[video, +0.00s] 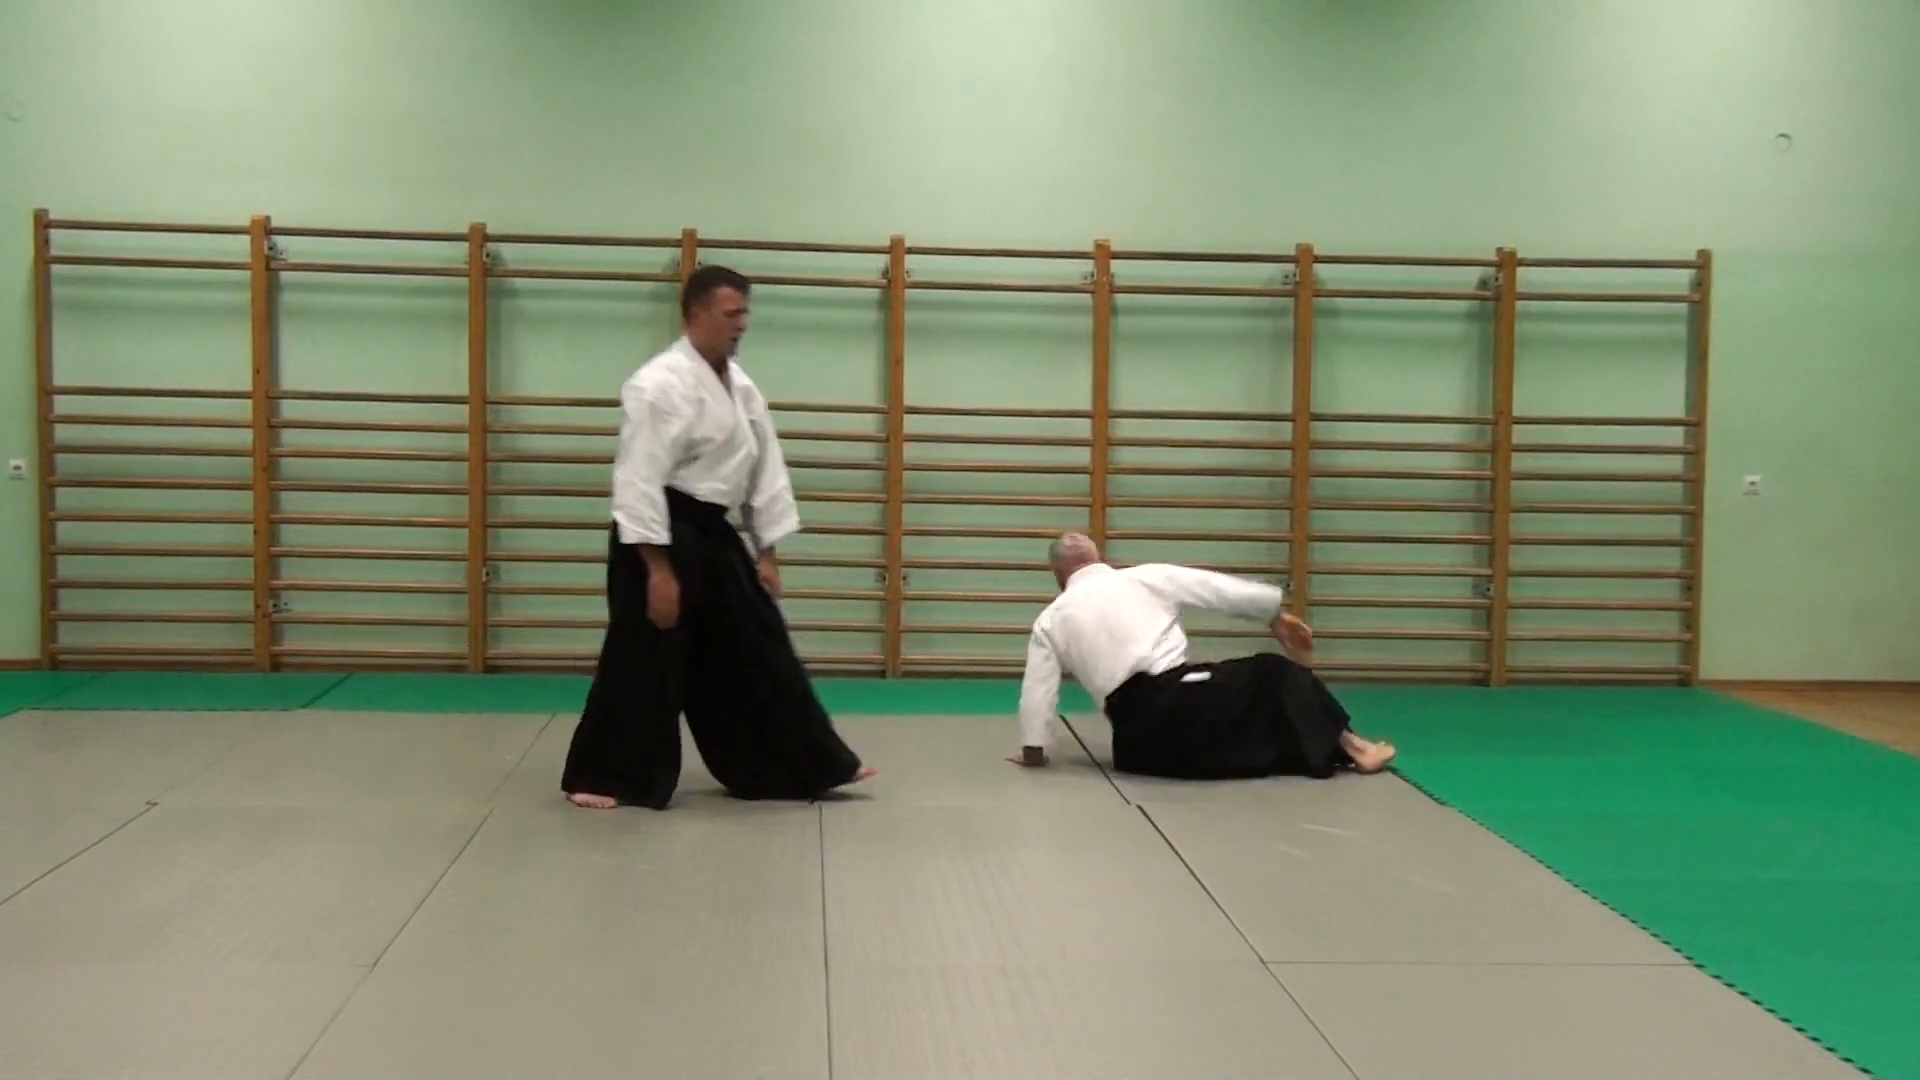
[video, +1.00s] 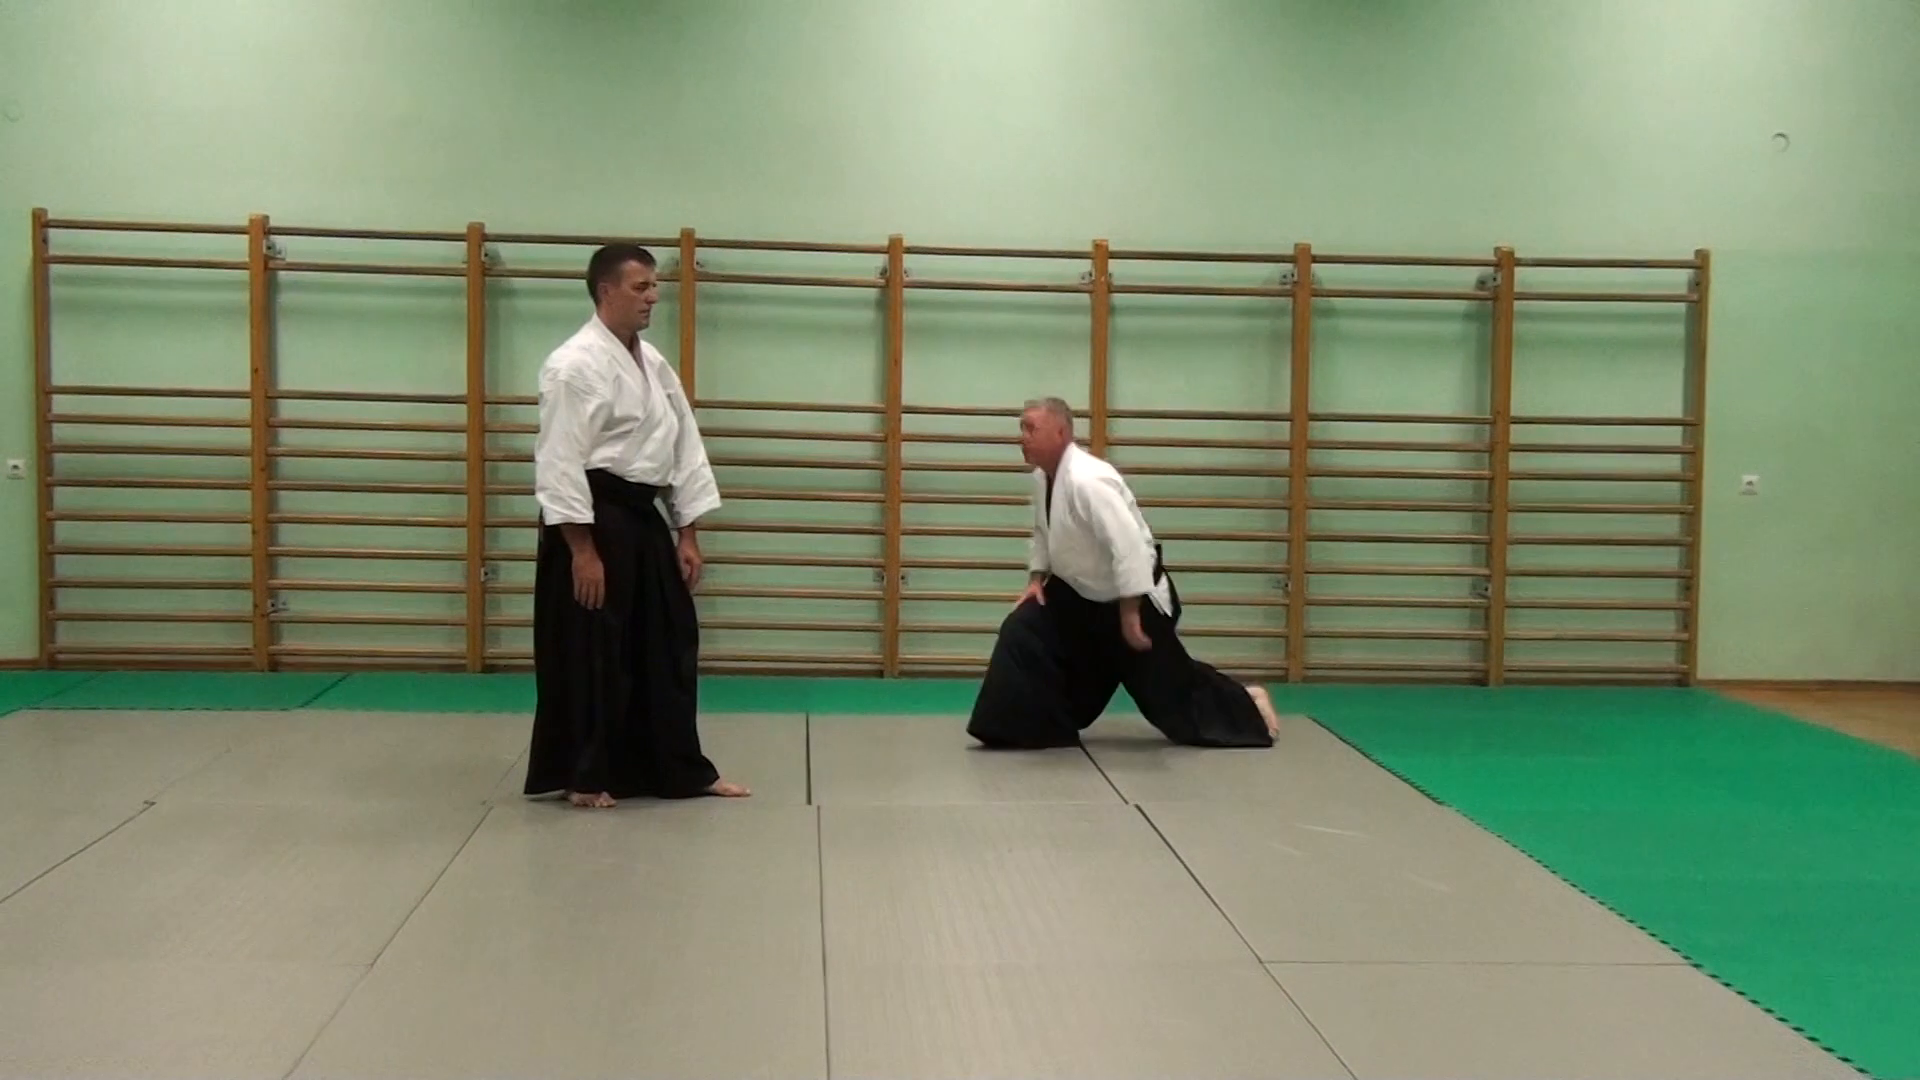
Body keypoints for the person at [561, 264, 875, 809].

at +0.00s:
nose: (743, 324)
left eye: (745, 315)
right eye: (732, 314)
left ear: (739, 318)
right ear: (696, 315)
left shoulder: (740, 387)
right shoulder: (657, 384)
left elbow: (764, 471)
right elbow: (636, 481)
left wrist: (765, 552)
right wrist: (658, 567)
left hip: (717, 533)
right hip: (659, 529)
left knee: (763, 646)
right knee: (639, 657)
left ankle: (817, 761)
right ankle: (595, 776)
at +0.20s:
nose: (694, 306)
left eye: (696, 296)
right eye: (683, 296)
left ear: (677, 301)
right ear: (648, 298)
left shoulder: (693, 368)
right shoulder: (614, 369)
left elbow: (712, 456)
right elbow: (597, 466)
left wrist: (712, 537)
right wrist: (616, 553)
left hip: (682, 518)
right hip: (624, 518)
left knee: (708, 638)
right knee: (613, 647)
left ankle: (721, 768)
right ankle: (592, 775)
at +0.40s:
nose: (670, 299)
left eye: (671, 289)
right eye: (659, 290)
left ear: (664, 293)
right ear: (624, 293)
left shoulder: (672, 364)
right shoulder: (594, 365)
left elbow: (693, 449)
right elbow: (578, 462)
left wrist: (695, 529)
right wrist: (598, 548)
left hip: (662, 514)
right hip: (607, 514)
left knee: (686, 636)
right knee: (602, 643)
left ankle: (683, 767)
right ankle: (591, 775)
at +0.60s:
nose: (658, 296)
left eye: (659, 286)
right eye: (646, 287)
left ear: (653, 293)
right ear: (610, 293)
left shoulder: (660, 363)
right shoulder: (580, 365)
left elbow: (684, 448)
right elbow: (567, 462)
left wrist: (686, 530)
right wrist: (589, 548)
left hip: (652, 515)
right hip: (596, 514)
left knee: (677, 636)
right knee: (594, 643)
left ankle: (678, 767)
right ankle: (586, 775)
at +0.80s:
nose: (655, 295)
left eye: (655, 285)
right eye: (643, 286)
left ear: (649, 292)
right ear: (606, 293)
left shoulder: (656, 362)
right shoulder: (574, 365)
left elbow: (683, 445)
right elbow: (562, 463)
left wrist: (685, 529)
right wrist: (586, 548)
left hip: (650, 515)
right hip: (593, 515)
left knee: (672, 638)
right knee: (592, 644)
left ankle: (678, 768)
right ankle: (585, 776)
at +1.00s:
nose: (652, 296)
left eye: (653, 286)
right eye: (641, 287)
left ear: (648, 293)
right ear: (605, 293)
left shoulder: (654, 364)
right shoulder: (572, 365)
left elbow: (683, 447)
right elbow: (558, 462)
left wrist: (686, 529)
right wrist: (582, 548)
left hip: (647, 516)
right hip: (591, 516)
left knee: (670, 638)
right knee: (590, 645)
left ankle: (678, 769)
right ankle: (582, 776)